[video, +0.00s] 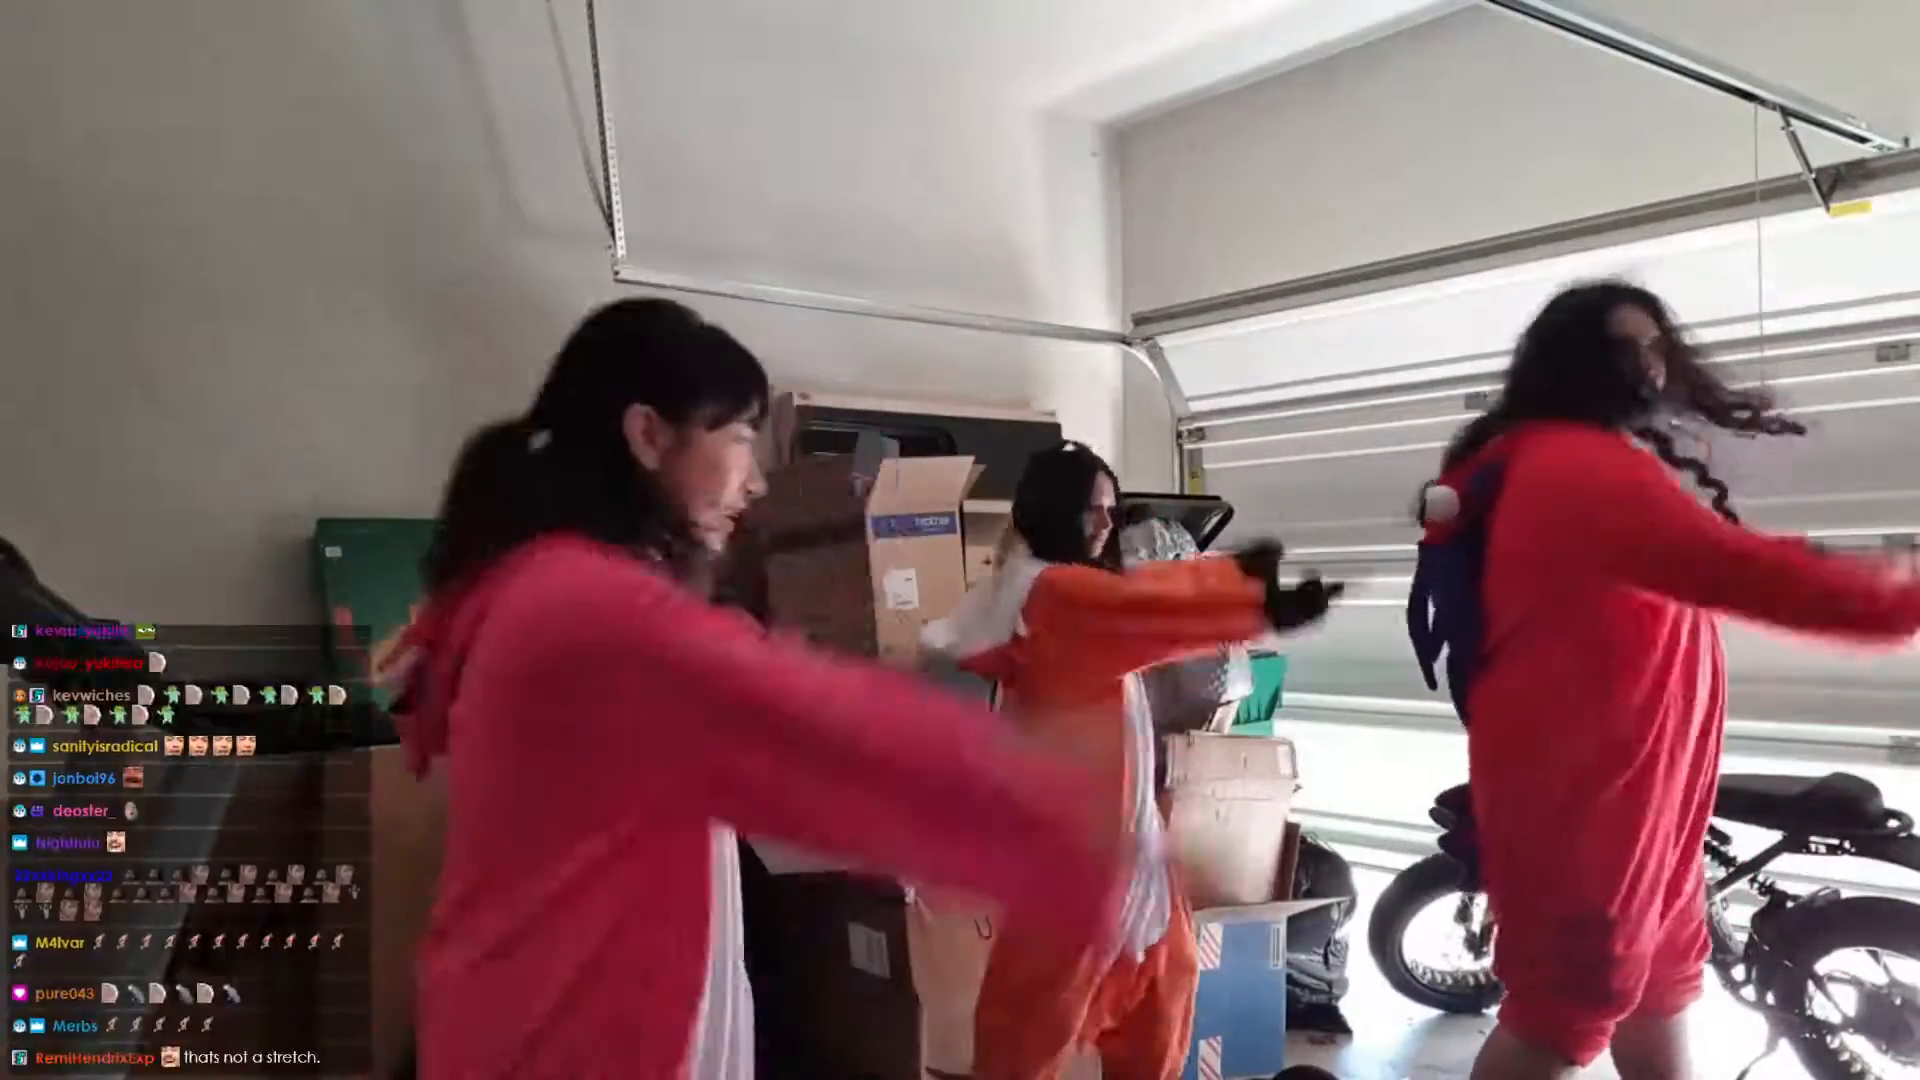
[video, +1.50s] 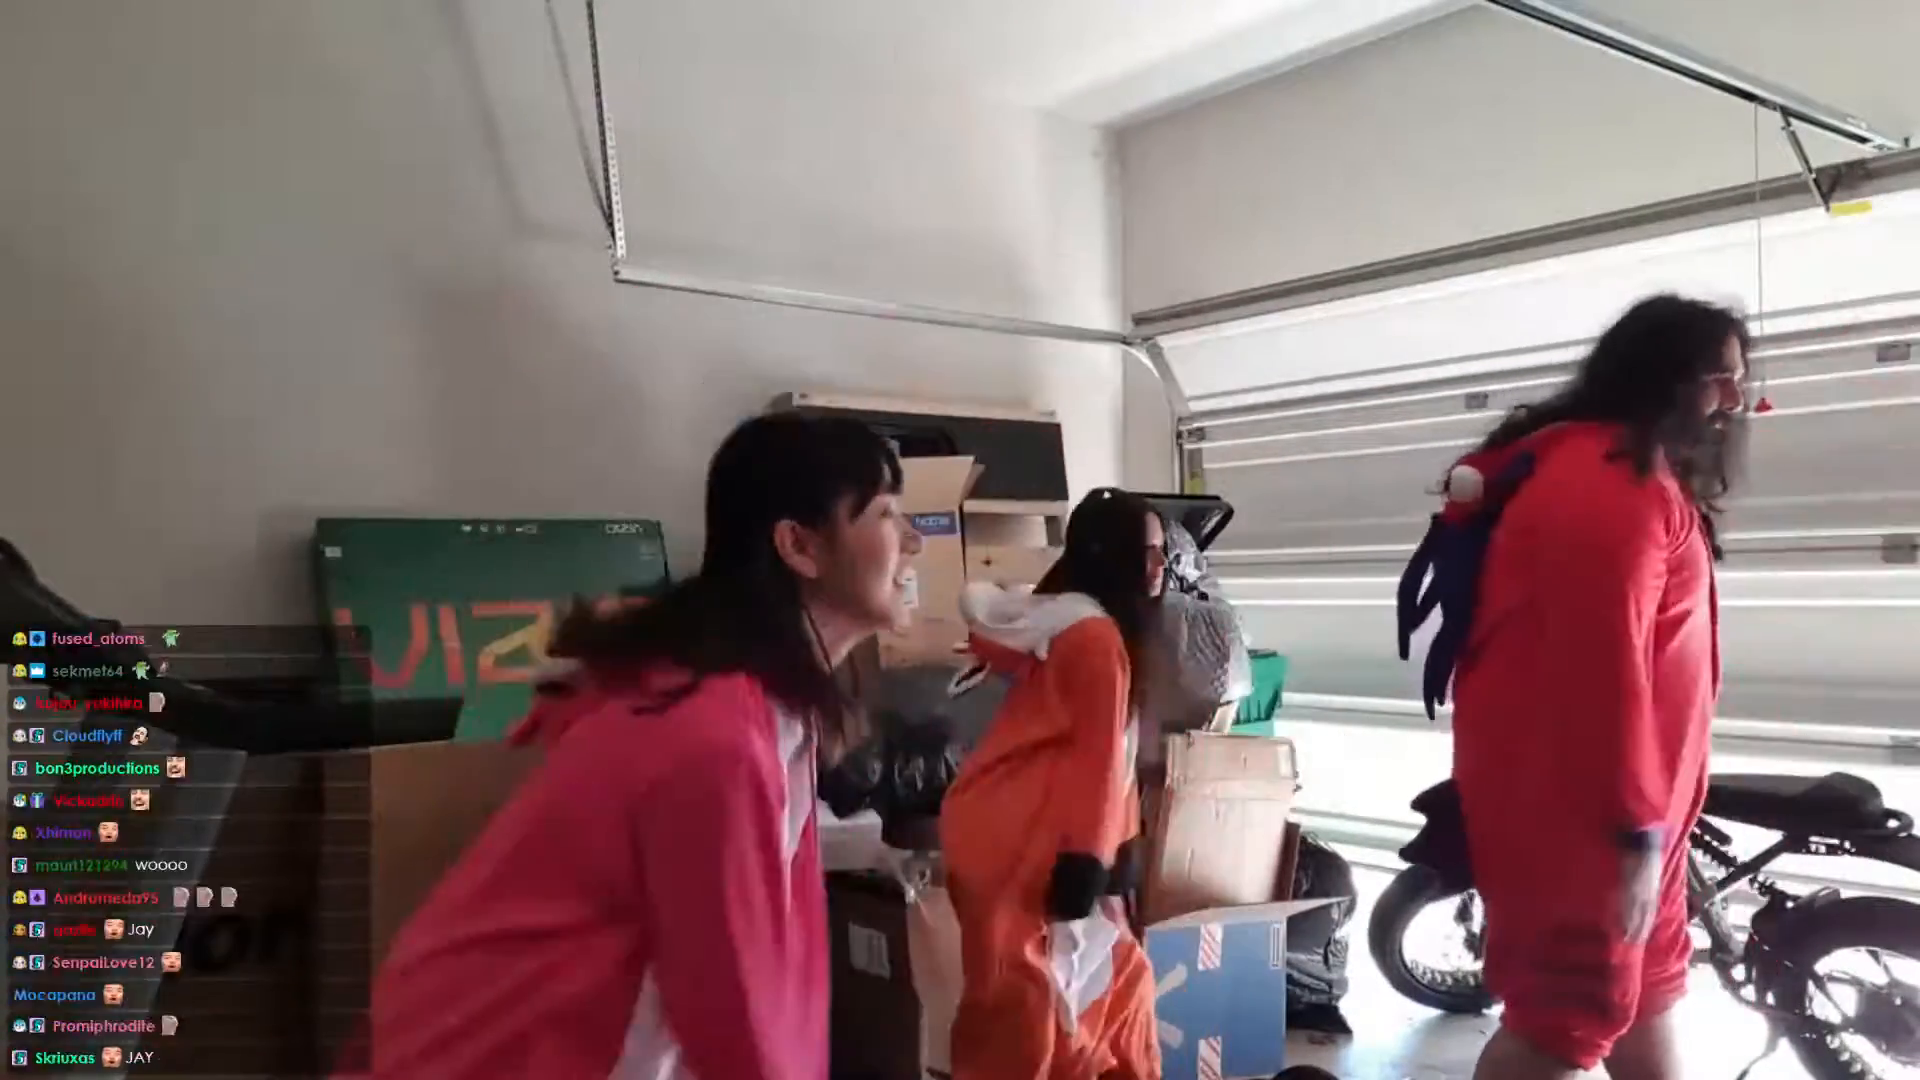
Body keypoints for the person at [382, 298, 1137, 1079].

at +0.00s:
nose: (758, 474)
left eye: (756, 439)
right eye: (737, 434)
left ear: (651, 441)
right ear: (645, 435)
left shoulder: (593, 595)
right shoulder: (569, 602)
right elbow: (838, 731)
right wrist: (1128, 850)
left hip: (617, 1035)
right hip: (559, 1045)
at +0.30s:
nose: (762, 505)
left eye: (758, 466)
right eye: (737, 467)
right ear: (650, 470)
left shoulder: (672, 662)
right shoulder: (573, 642)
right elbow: (689, 442)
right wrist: (735, 144)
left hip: (714, 1056)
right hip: (618, 1060)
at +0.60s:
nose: (879, 548)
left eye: (873, 522)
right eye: (864, 521)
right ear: (792, 550)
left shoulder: (730, 730)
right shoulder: (658, 745)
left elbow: (783, 978)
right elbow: (671, 1047)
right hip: (484, 1056)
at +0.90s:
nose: (704, 444)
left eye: (694, 414)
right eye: (681, 412)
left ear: (600, 442)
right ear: (604, 434)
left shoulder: (558, 610)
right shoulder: (562, 614)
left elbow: (806, 597)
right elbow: (837, 566)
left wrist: (992, 466)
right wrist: (1105, 448)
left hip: (621, 1041)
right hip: (612, 1051)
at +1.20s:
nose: (762, 477)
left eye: (764, 448)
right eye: (747, 445)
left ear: (679, 464)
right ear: (676, 454)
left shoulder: (692, 645)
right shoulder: (603, 626)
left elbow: (722, 852)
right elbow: (773, 462)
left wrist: (879, 866)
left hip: (718, 1052)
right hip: (631, 1058)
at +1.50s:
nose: (912, 538)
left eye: (901, 514)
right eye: (885, 514)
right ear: (799, 547)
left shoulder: (777, 723)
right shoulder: (714, 739)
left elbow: (791, 976)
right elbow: (740, 1031)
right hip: (487, 1051)